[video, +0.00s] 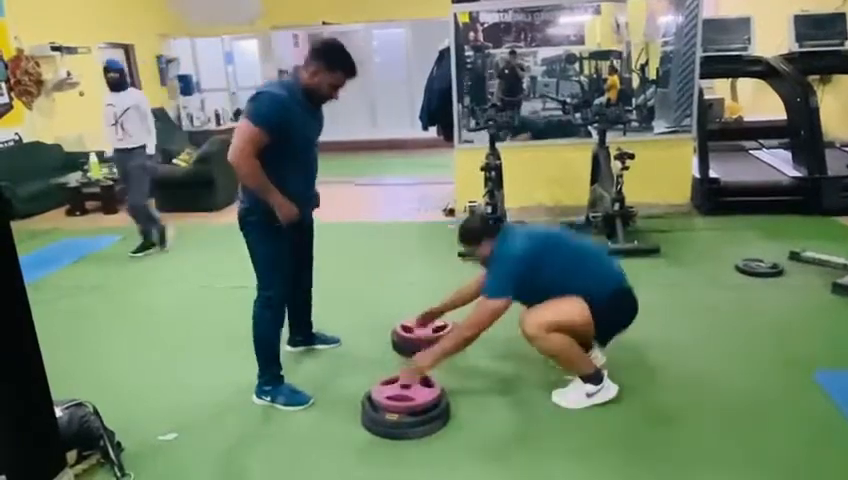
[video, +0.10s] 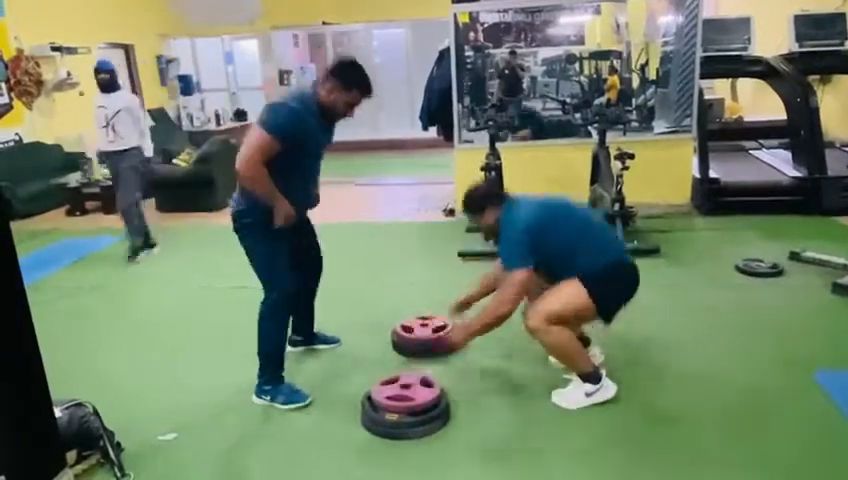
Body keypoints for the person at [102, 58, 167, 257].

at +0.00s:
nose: (111, 80)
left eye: (115, 76)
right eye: (108, 77)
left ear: (123, 76)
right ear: (105, 79)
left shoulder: (137, 97)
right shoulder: (109, 100)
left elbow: (151, 124)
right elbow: (110, 127)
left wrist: (150, 150)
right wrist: (110, 150)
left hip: (138, 150)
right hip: (120, 152)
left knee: (136, 201)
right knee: (134, 200)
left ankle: (158, 227)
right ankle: (147, 237)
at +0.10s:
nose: (102, 81)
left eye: (105, 76)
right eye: (98, 77)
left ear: (114, 77)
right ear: (95, 79)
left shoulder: (130, 100)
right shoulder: (99, 102)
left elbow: (144, 127)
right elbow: (101, 128)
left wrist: (148, 152)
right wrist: (99, 150)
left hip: (130, 151)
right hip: (110, 153)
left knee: (125, 200)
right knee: (128, 199)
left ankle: (136, 242)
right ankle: (146, 238)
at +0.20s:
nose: (93, 83)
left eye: (97, 79)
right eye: (90, 80)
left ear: (106, 79)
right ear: (86, 82)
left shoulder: (121, 103)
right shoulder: (89, 105)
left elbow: (137, 131)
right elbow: (87, 134)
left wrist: (145, 156)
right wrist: (76, 156)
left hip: (122, 156)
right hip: (103, 159)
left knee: (118, 203)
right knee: (123, 200)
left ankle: (111, 252)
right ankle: (146, 238)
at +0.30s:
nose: (84, 83)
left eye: (88, 79)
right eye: (81, 80)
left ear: (96, 80)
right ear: (77, 82)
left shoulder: (112, 104)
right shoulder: (78, 107)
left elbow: (130, 133)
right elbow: (71, 134)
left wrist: (139, 160)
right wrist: (61, 160)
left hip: (112, 160)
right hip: (92, 162)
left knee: (108, 209)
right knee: (113, 206)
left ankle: (104, 257)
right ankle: (142, 237)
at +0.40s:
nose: (75, 83)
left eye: (78, 79)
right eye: (71, 80)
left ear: (88, 79)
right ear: (67, 83)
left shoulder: (101, 103)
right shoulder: (67, 106)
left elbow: (119, 135)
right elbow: (61, 134)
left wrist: (124, 164)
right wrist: (51, 160)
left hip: (101, 159)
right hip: (81, 162)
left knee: (101, 209)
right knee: (94, 210)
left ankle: (103, 259)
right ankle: (130, 233)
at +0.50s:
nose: (65, 83)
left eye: (69, 79)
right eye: (61, 79)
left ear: (77, 80)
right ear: (57, 83)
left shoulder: (89, 105)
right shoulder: (58, 108)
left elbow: (107, 137)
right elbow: (54, 137)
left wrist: (110, 166)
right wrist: (45, 162)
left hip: (92, 162)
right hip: (70, 164)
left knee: (97, 212)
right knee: (75, 217)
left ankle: (103, 259)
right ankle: (109, 235)